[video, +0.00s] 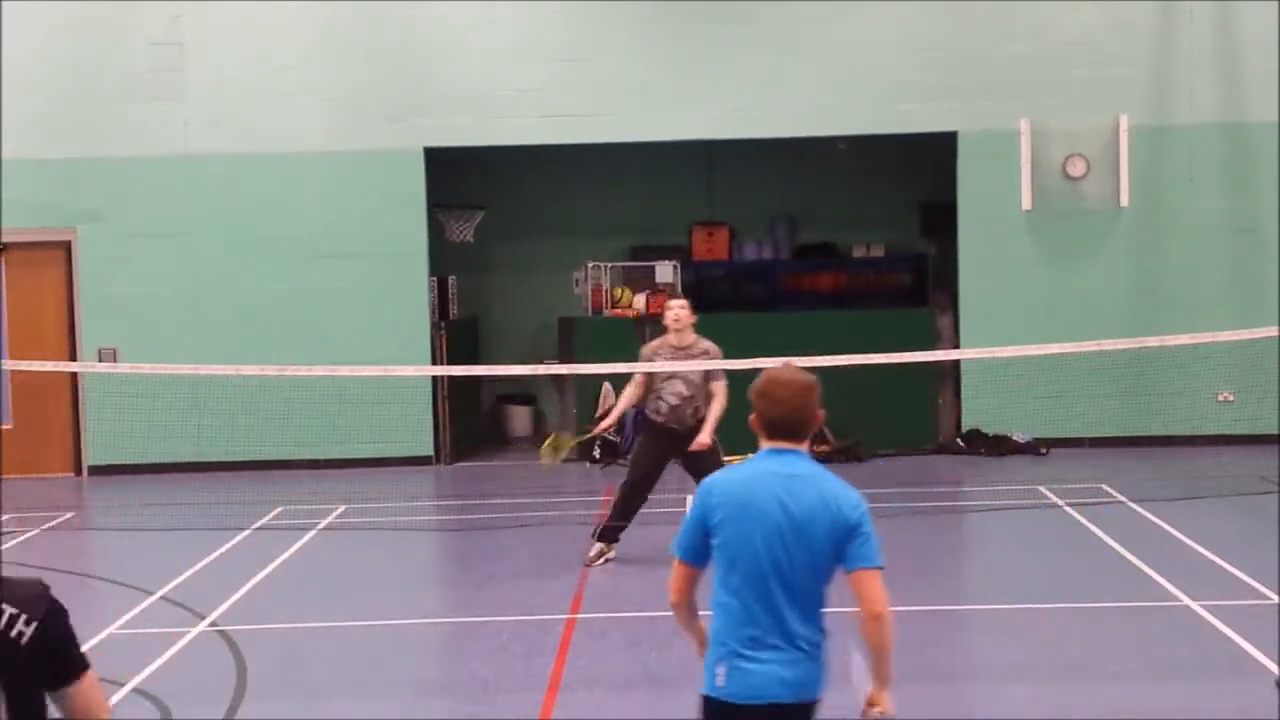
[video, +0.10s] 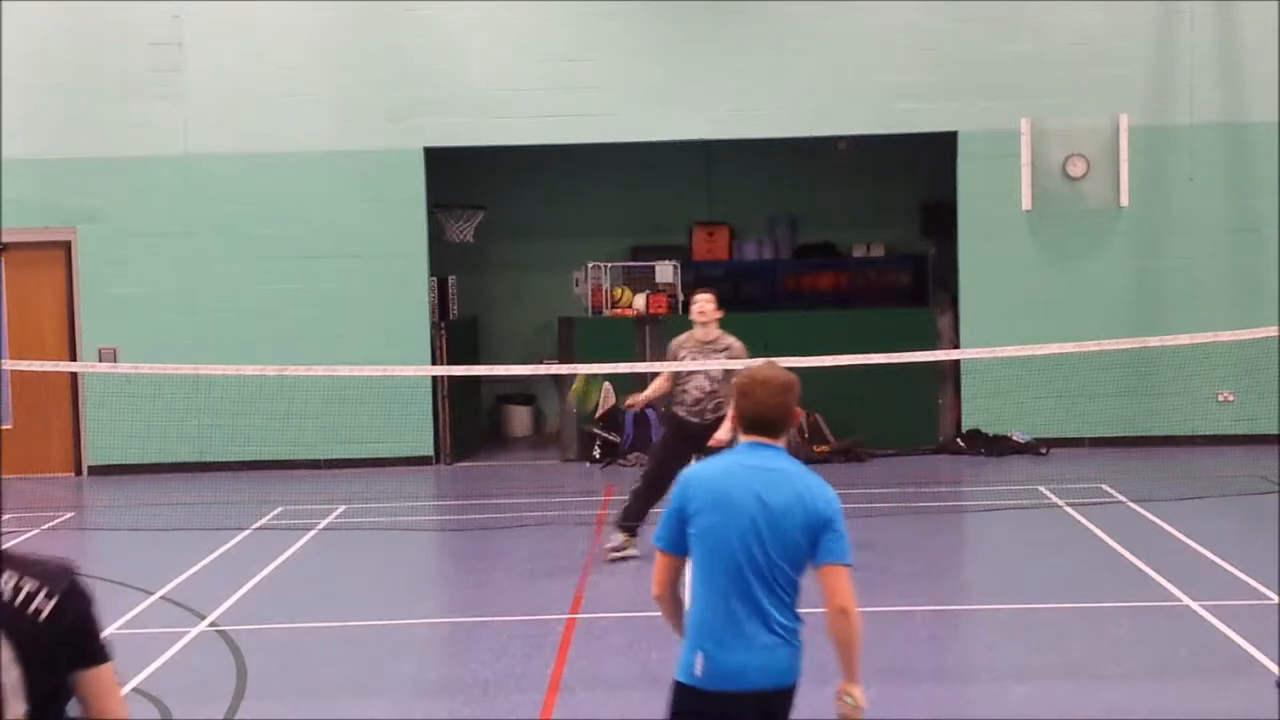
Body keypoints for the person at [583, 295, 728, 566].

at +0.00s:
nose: (676, 314)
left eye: (682, 309)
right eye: (671, 309)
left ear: (693, 316)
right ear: (663, 317)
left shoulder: (709, 352)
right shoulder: (651, 351)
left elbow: (719, 395)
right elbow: (636, 386)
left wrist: (707, 432)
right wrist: (613, 416)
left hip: (696, 433)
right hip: (657, 432)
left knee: (720, 491)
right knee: (635, 486)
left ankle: (734, 546)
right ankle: (605, 541)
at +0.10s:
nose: (700, 308)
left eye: (706, 304)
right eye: (696, 304)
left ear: (719, 312)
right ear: (690, 312)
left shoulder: (733, 348)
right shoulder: (679, 345)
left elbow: (740, 392)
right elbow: (668, 378)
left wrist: (727, 427)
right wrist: (644, 397)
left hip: (717, 428)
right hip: (681, 426)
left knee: (722, 484)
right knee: (655, 476)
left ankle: (725, 541)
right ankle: (626, 532)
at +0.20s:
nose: (721, 301)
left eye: (728, 297)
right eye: (718, 297)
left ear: (739, 309)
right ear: (712, 307)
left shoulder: (751, 342)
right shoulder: (699, 339)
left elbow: (760, 381)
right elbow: (690, 373)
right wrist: (674, 376)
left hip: (742, 411)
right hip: (706, 408)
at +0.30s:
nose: (737, 294)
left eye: (744, 292)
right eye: (735, 291)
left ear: (756, 303)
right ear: (730, 299)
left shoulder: (768, 335)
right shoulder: (718, 335)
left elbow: (782, 378)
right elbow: (701, 368)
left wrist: (789, 422)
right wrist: (683, 351)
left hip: (755, 408)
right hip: (719, 407)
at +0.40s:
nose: (754, 280)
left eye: (761, 277)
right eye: (752, 277)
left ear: (773, 289)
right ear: (748, 287)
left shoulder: (781, 319)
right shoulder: (736, 322)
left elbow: (800, 357)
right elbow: (719, 354)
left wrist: (804, 395)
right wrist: (702, 345)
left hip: (768, 395)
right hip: (740, 396)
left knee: (764, 454)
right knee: (728, 451)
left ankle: (766, 508)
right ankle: (730, 506)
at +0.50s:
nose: (771, 277)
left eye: (778, 274)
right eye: (771, 273)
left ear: (790, 286)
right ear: (767, 283)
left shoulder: (796, 313)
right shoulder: (755, 320)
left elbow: (798, 341)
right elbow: (742, 357)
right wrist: (718, 362)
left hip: (781, 388)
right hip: (756, 391)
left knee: (783, 454)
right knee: (757, 457)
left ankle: (796, 518)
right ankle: (769, 520)